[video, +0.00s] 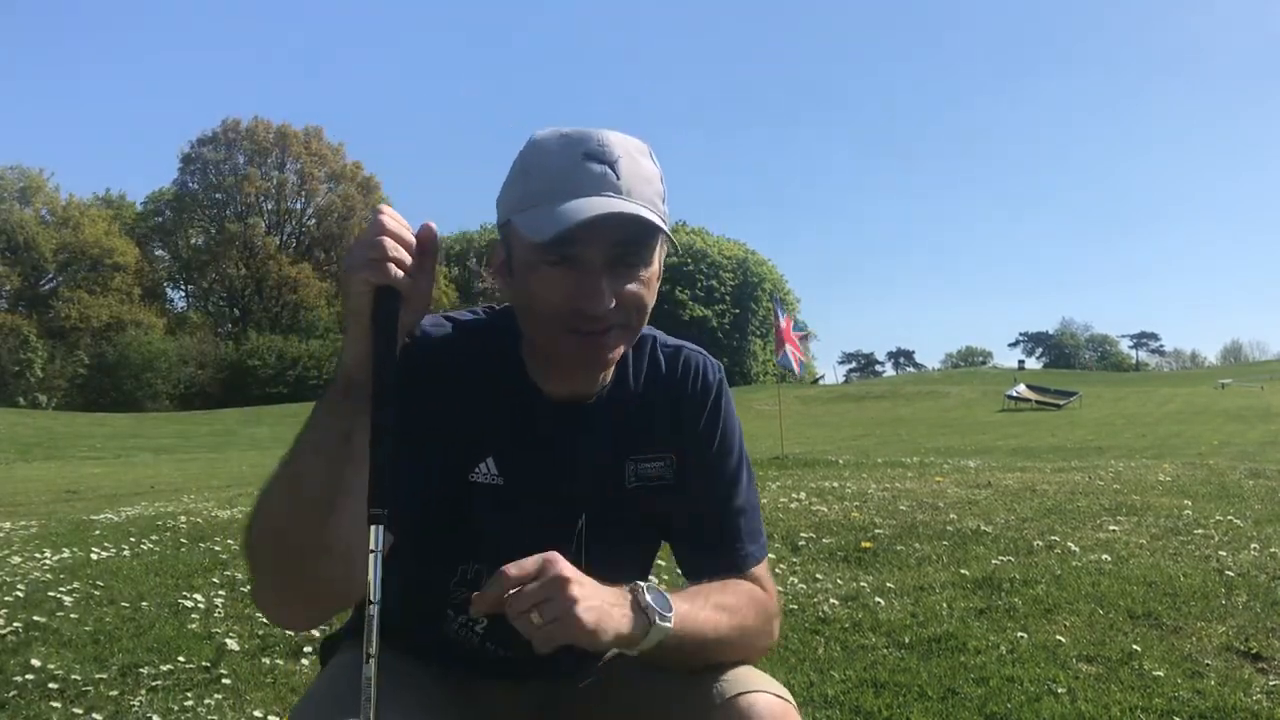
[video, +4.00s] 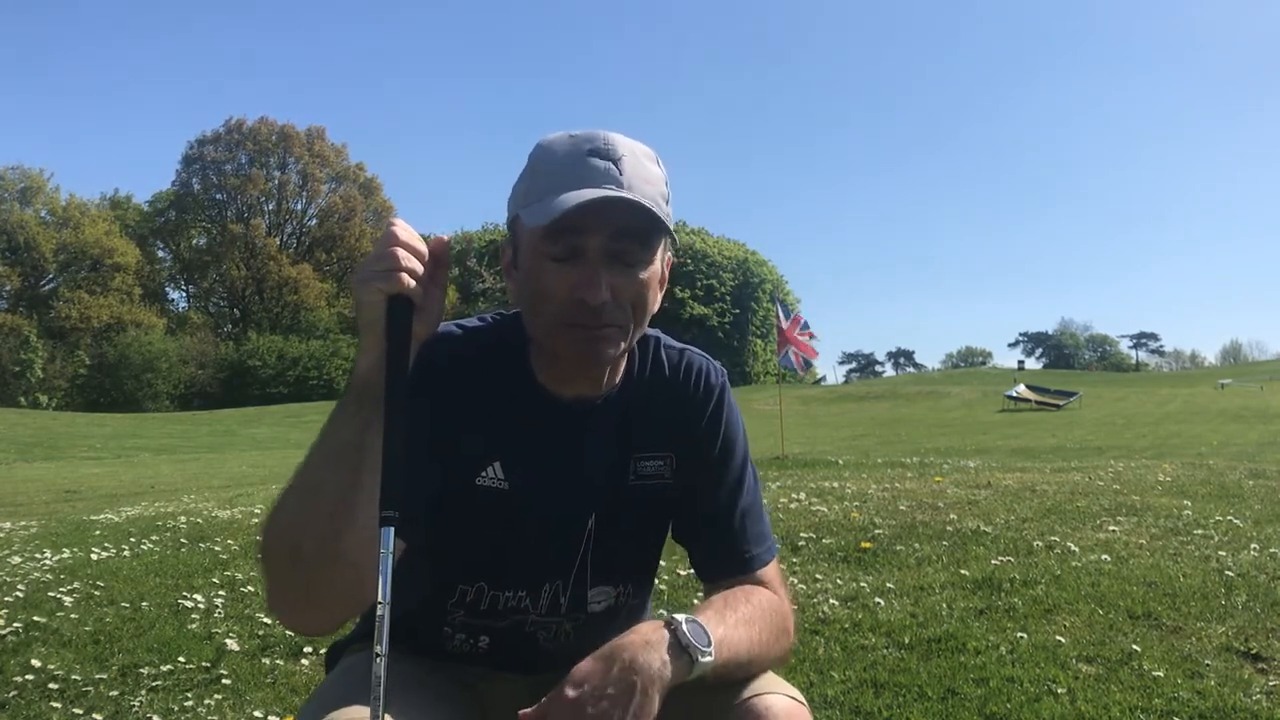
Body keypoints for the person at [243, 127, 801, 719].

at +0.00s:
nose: (600, 298)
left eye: (627, 262)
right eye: (564, 260)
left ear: (659, 270)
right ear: (502, 265)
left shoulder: (685, 385)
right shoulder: (422, 363)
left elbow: (753, 613)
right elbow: (290, 600)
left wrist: (630, 610)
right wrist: (362, 361)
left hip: (606, 663)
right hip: (426, 665)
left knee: (764, 710)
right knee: (336, 706)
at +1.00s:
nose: (602, 289)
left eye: (630, 252)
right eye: (565, 251)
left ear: (663, 264)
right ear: (504, 262)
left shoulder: (691, 384)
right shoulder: (436, 361)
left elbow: (759, 620)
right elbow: (303, 601)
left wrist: (585, 627)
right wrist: (376, 361)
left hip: (604, 671)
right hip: (434, 663)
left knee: (772, 710)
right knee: (352, 700)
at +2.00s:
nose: (607, 292)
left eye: (636, 254)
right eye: (570, 253)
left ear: (666, 268)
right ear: (509, 263)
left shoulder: (693, 388)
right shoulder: (441, 367)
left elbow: (763, 613)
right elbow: (316, 602)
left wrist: (676, 618)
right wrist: (388, 365)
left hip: (609, 668)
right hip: (435, 668)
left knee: (776, 709)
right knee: (351, 710)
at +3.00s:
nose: (605, 282)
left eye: (638, 249)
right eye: (576, 243)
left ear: (675, 277)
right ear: (521, 260)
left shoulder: (700, 395)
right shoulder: (449, 366)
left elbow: (774, 626)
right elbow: (320, 603)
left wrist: (688, 610)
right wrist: (393, 363)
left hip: (615, 667)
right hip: (440, 665)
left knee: (773, 708)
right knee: (355, 709)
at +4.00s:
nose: (596, 289)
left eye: (626, 254)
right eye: (564, 253)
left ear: (663, 275)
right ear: (510, 263)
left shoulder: (689, 390)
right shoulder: (437, 369)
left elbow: (765, 607)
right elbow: (303, 606)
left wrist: (668, 647)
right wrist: (377, 367)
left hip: (612, 670)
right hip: (432, 669)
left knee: (778, 711)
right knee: (346, 715)